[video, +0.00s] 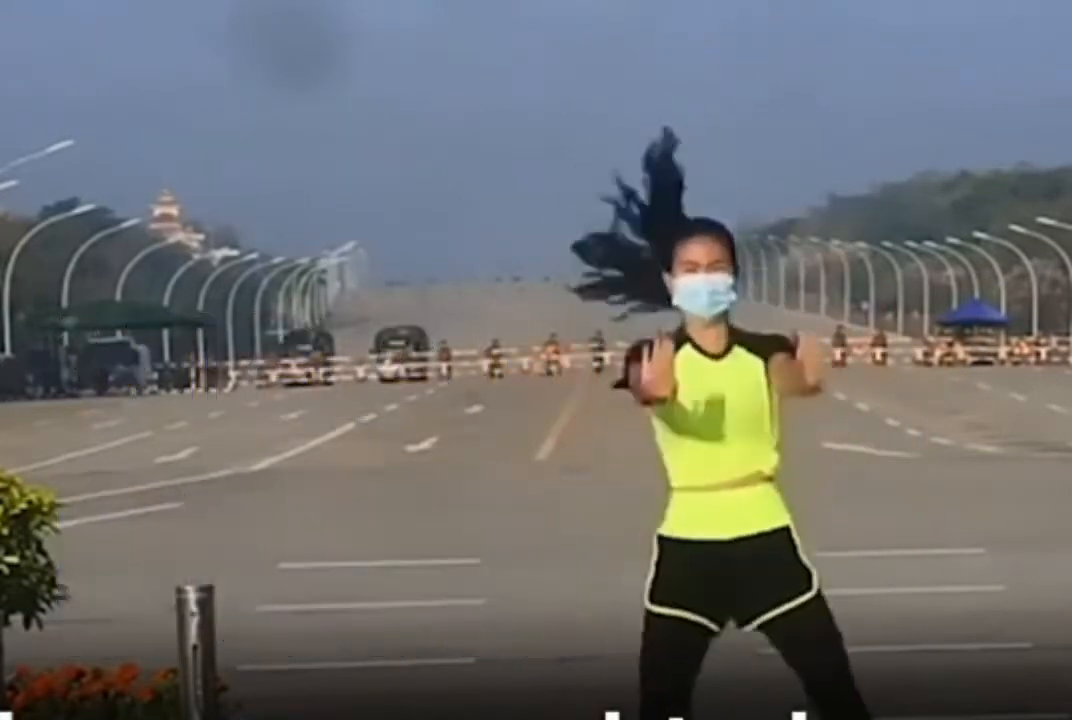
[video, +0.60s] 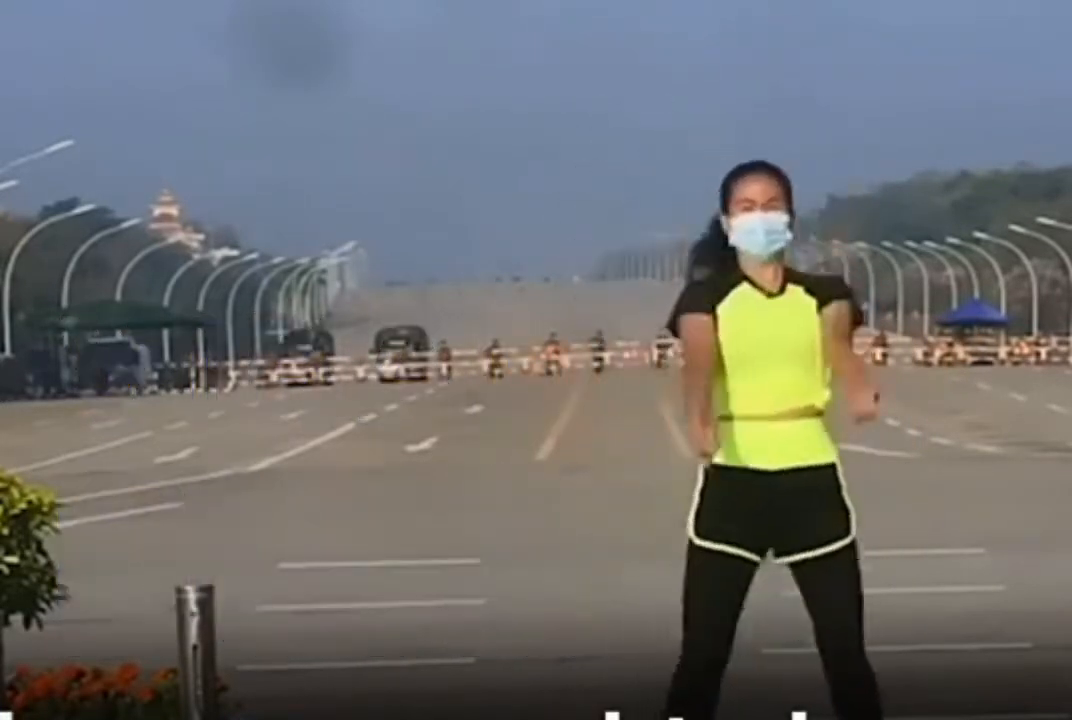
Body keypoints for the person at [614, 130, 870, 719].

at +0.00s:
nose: (706, 279)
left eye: (717, 267)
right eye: (691, 269)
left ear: (735, 278)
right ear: (670, 282)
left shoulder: (768, 352)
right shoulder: (655, 356)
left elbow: (800, 382)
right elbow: (651, 385)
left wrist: (810, 372)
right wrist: (656, 381)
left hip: (766, 541)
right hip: (687, 548)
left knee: (833, 685)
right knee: (661, 697)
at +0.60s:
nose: (760, 218)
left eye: (772, 207)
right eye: (746, 208)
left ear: (790, 218)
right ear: (726, 220)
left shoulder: (827, 296)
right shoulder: (705, 296)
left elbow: (843, 350)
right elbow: (698, 364)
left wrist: (860, 392)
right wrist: (700, 418)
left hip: (813, 488)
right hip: (732, 490)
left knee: (845, 654)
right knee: (703, 656)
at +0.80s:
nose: (786, 224)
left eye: (798, 212)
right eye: (771, 213)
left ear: (815, 224)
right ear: (752, 227)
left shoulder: (852, 303)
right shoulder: (728, 305)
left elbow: (918, 363)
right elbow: (664, 377)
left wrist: (864, 422)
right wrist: (736, 420)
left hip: (832, 499)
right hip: (751, 500)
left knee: (861, 663)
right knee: (739, 667)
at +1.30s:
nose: (802, 273)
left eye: (814, 261)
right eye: (788, 262)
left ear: (832, 270)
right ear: (768, 276)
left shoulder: (864, 345)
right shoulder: (743, 348)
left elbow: (955, 363)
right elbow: (658, 380)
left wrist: (867, 367)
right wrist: (744, 357)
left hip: (856, 539)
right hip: (776, 541)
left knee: (874, 699)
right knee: (764, 702)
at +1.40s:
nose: (801, 259)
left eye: (814, 247)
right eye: (787, 248)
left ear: (832, 257)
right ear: (769, 261)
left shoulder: (867, 334)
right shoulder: (751, 337)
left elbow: (956, 342)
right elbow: (653, 356)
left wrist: (868, 312)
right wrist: (733, 308)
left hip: (854, 522)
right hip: (773, 523)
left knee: (865, 695)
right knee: (759, 694)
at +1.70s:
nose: (787, 231)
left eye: (799, 217)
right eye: (772, 218)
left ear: (818, 227)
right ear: (751, 230)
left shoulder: (850, 299)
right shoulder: (731, 303)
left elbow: (938, 327)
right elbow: (640, 341)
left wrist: (855, 336)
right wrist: (723, 350)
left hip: (833, 495)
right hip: (752, 494)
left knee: (844, 673)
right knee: (720, 664)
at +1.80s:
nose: (779, 261)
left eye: (792, 248)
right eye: (765, 248)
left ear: (809, 260)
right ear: (743, 261)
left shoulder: (840, 341)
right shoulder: (717, 343)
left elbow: (900, 410)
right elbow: (657, 422)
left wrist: (843, 467)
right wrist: (718, 483)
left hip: (822, 539)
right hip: (737, 539)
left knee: (837, 700)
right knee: (713, 699)